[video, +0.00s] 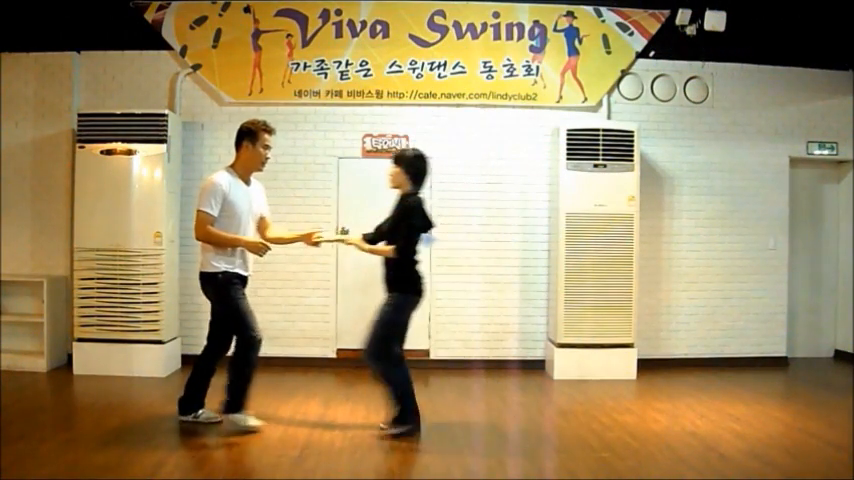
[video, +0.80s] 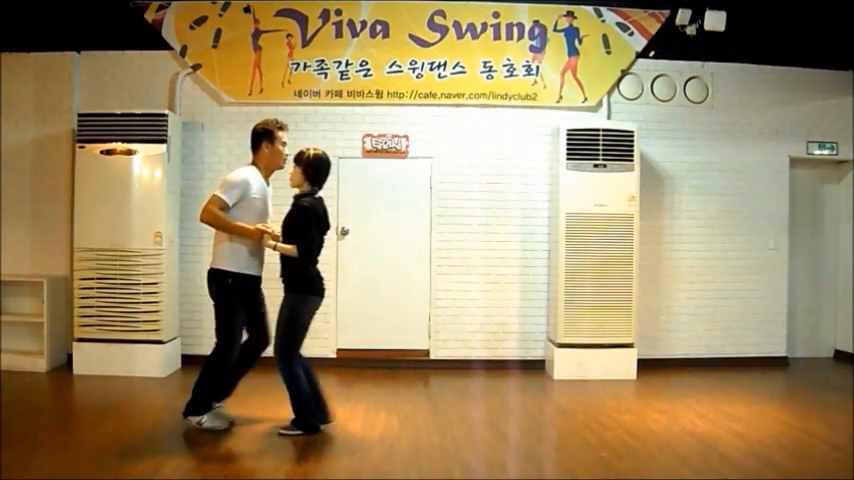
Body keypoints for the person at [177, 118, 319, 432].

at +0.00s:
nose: (268, 155)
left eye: (269, 149)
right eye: (264, 147)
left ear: (250, 149)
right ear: (244, 146)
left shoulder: (256, 188)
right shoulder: (217, 183)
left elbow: (266, 234)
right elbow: (202, 231)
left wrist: (301, 237)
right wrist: (245, 242)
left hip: (237, 276)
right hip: (217, 275)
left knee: (216, 345)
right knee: (251, 337)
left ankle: (189, 407)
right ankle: (233, 412)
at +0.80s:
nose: (286, 152)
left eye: (286, 146)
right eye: (281, 145)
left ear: (268, 149)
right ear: (263, 148)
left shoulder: (262, 184)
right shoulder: (242, 177)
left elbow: (242, 221)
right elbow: (208, 214)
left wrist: (266, 232)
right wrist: (248, 231)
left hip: (248, 277)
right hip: (227, 276)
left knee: (259, 338)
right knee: (229, 342)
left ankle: (213, 399)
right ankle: (196, 410)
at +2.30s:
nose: (309, 157)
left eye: (311, 151)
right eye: (307, 150)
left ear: (293, 147)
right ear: (287, 144)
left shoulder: (292, 184)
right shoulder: (259, 180)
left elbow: (298, 233)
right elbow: (243, 227)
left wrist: (338, 238)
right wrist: (283, 239)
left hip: (281, 274)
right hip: (261, 274)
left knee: (281, 343)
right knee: (263, 347)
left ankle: (283, 405)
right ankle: (258, 425)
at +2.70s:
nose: (304, 142)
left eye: (301, 136)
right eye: (297, 137)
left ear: (286, 144)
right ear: (278, 143)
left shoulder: (293, 183)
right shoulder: (258, 180)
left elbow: (308, 227)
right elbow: (231, 222)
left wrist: (344, 223)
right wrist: (268, 238)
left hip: (282, 275)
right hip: (260, 275)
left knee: (291, 340)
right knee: (270, 345)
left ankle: (284, 405)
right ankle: (260, 425)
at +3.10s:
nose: (278, 159)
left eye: (279, 154)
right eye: (274, 152)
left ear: (268, 157)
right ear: (253, 152)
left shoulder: (269, 196)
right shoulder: (227, 185)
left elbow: (296, 237)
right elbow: (212, 228)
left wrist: (335, 237)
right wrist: (256, 238)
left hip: (254, 283)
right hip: (226, 283)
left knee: (278, 342)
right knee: (258, 345)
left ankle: (285, 403)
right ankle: (247, 424)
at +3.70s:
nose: (232, 157)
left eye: (233, 151)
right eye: (228, 150)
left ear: (219, 151)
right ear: (208, 148)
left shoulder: (219, 190)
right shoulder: (182, 182)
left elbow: (223, 231)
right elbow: (179, 233)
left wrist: (254, 235)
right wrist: (223, 236)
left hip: (200, 277)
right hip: (177, 276)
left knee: (178, 346)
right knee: (206, 339)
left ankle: (148, 408)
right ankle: (181, 410)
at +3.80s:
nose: (235, 159)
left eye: (236, 153)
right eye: (230, 152)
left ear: (219, 154)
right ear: (210, 150)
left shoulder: (219, 192)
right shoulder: (183, 185)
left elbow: (211, 236)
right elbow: (178, 236)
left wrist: (241, 241)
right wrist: (225, 241)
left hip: (200, 280)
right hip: (176, 279)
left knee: (189, 347)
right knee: (193, 347)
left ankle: (157, 405)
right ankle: (157, 410)